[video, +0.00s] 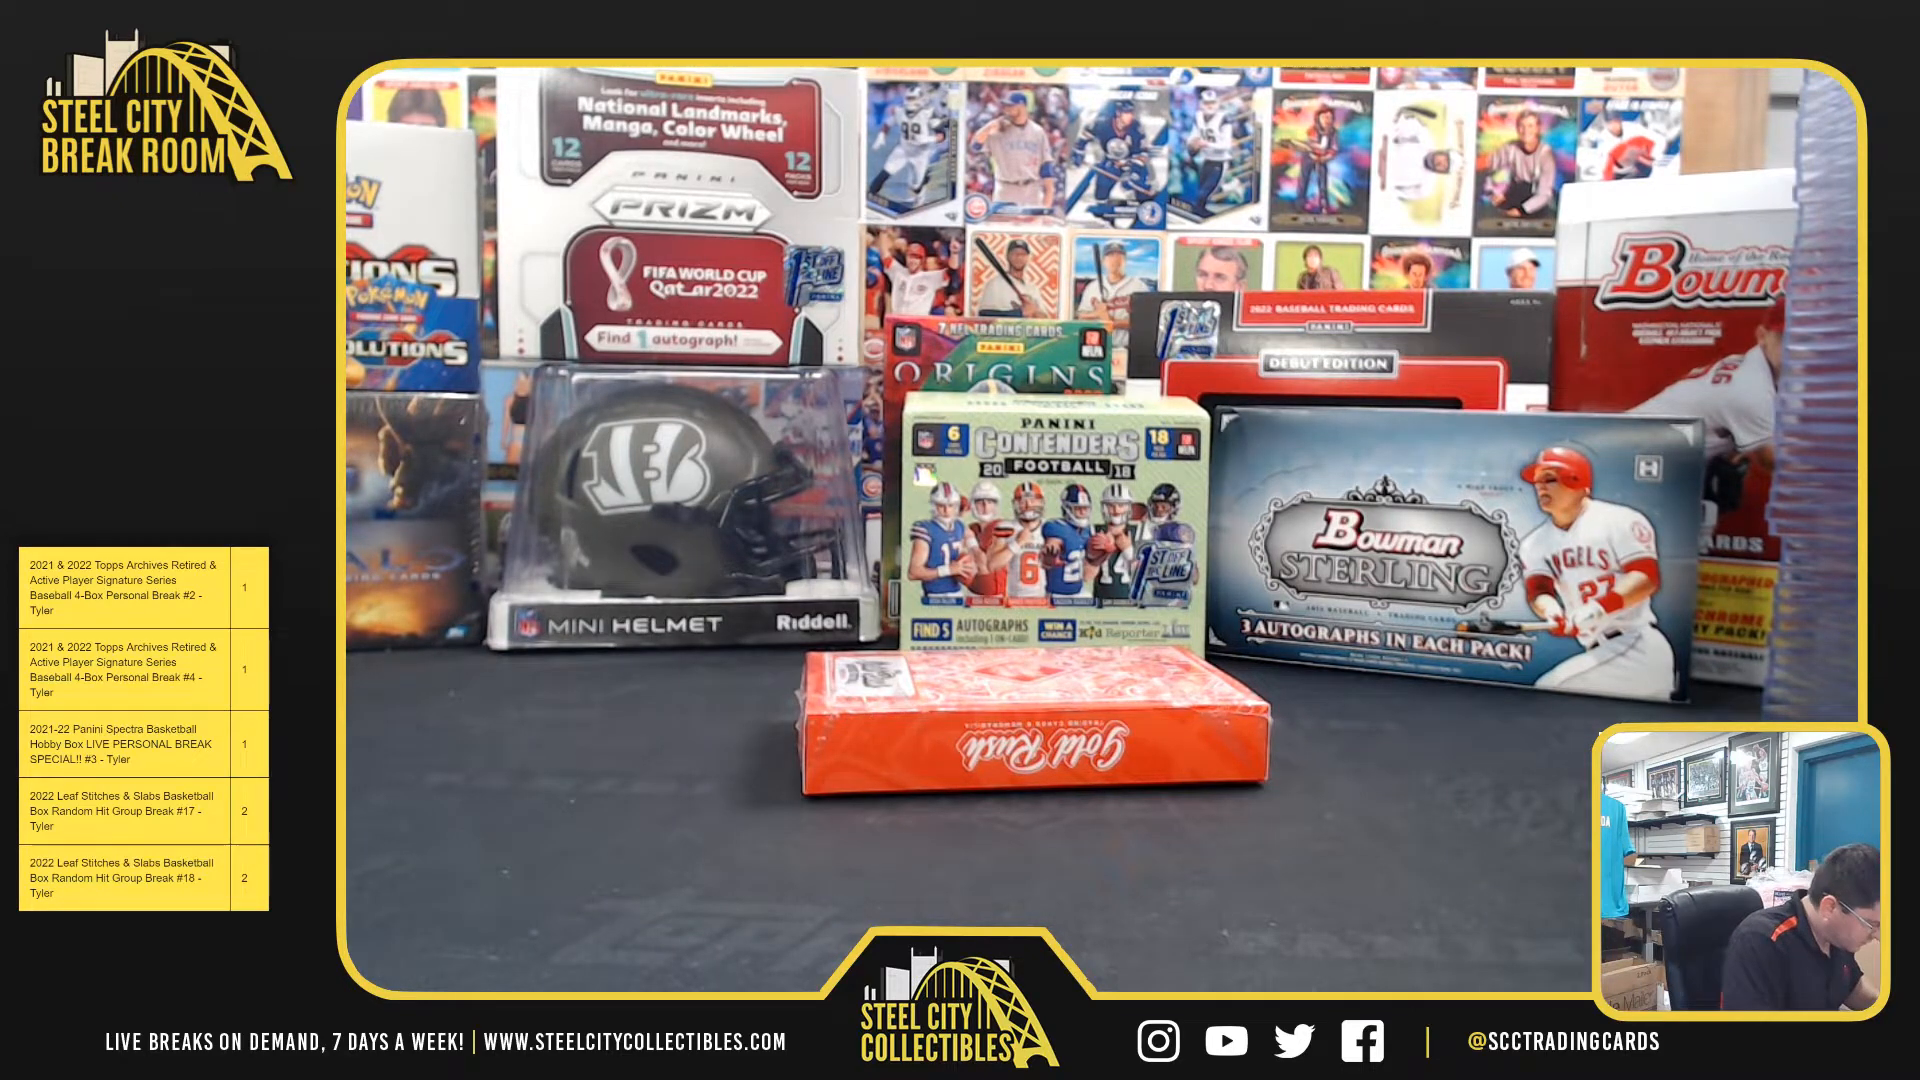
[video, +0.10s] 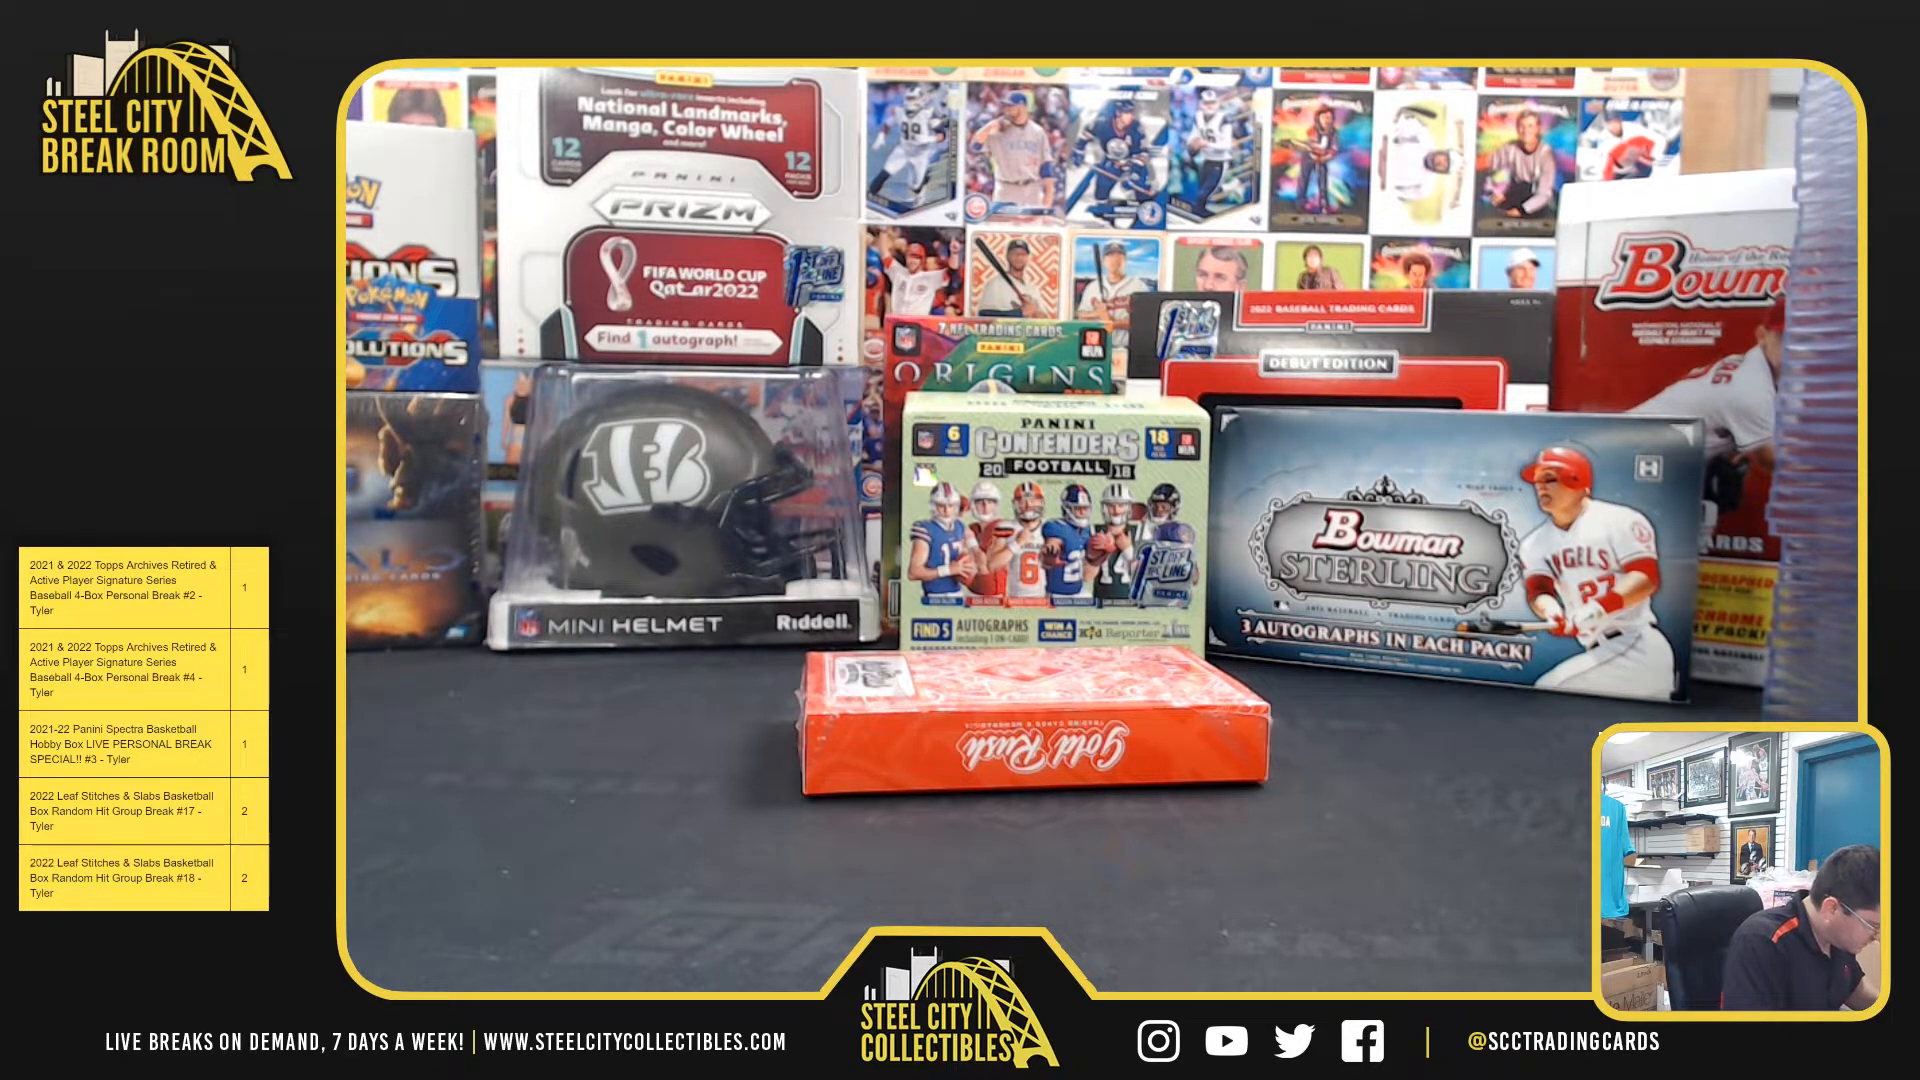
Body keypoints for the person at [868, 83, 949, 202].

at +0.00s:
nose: (910, 103)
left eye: (913, 99)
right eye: (908, 99)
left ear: (920, 100)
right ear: (905, 100)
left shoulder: (928, 115)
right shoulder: (899, 113)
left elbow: (942, 135)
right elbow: (887, 125)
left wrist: (928, 139)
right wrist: (881, 138)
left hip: (921, 153)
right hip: (903, 150)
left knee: (915, 186)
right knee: (886, 172)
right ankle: (868, 197)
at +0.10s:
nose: (910, 103)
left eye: (913, 99)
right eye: (908, 99)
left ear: (920, 100)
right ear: (905, 100)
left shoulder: (928, 114)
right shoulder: (899, 113)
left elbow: (942, 135)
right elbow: (887, 125)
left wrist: (928, 139)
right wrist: (881, 138)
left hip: (921, 153)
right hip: (903, 150)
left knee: (915, 186)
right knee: (885, 173)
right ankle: (868, 198)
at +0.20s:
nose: (910, 103)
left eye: (913, 99)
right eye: (908, 99)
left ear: (920, 100)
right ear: (905, 100)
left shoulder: (928, 114)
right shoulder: (899, 113)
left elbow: (942, 135)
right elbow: (887, 125)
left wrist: (928, 139)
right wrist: (881, 138)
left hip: (921, 153)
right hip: (903, 150)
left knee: (915, 187)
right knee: (885, 173)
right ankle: (868, 198)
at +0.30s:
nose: (910, 103)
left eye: (913, 99)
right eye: (908, 99)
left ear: (920, 100)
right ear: (905, 100)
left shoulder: (928, 114)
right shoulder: (899, 113)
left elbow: (942, 135)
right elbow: (887, 125)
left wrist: (928, 139)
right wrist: (881, 138)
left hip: (921, 153)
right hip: (903, 150)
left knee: (915, 187)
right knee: (885, 173)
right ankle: (868, 197)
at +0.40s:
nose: (910, 103)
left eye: (913, 99)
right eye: (908, 99)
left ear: (920, 100)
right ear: (905, 100)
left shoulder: (928, 114)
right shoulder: (899, 113)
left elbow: (942, 135)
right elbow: (887, 125)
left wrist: (928, 139)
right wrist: (881, 138)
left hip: (921, 153)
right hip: (903, 150)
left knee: (915, 187)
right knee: (885, 173)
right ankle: (868, 198)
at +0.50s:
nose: (910, 103)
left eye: (913, 99)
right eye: (908, 99)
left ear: (920, 100)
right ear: (905, 100)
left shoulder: (928, 114)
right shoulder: (899, 113)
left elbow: (942, 135)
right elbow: (887, 125)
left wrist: (928, 139)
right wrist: (881, 138)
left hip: (921, 153)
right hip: (903, 150)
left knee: (915, 187)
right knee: (885, 173)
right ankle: (868, 198)